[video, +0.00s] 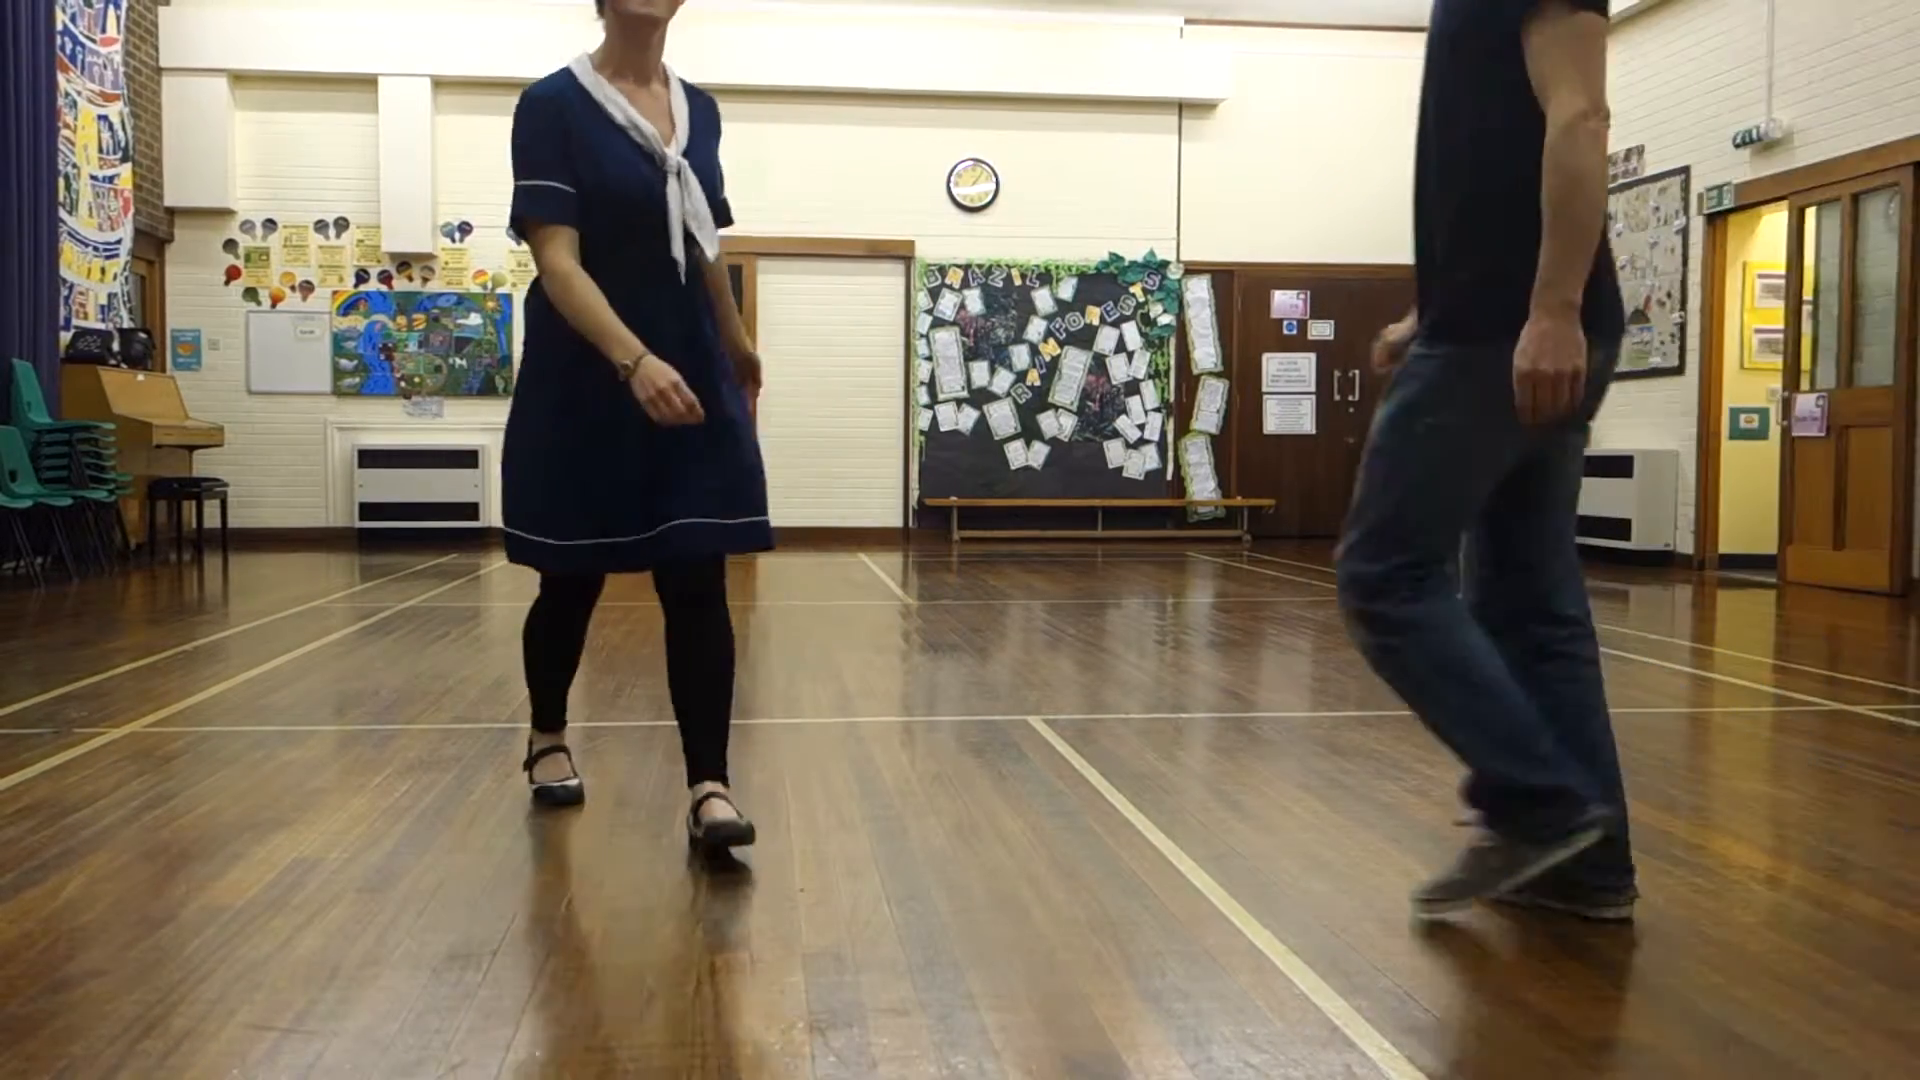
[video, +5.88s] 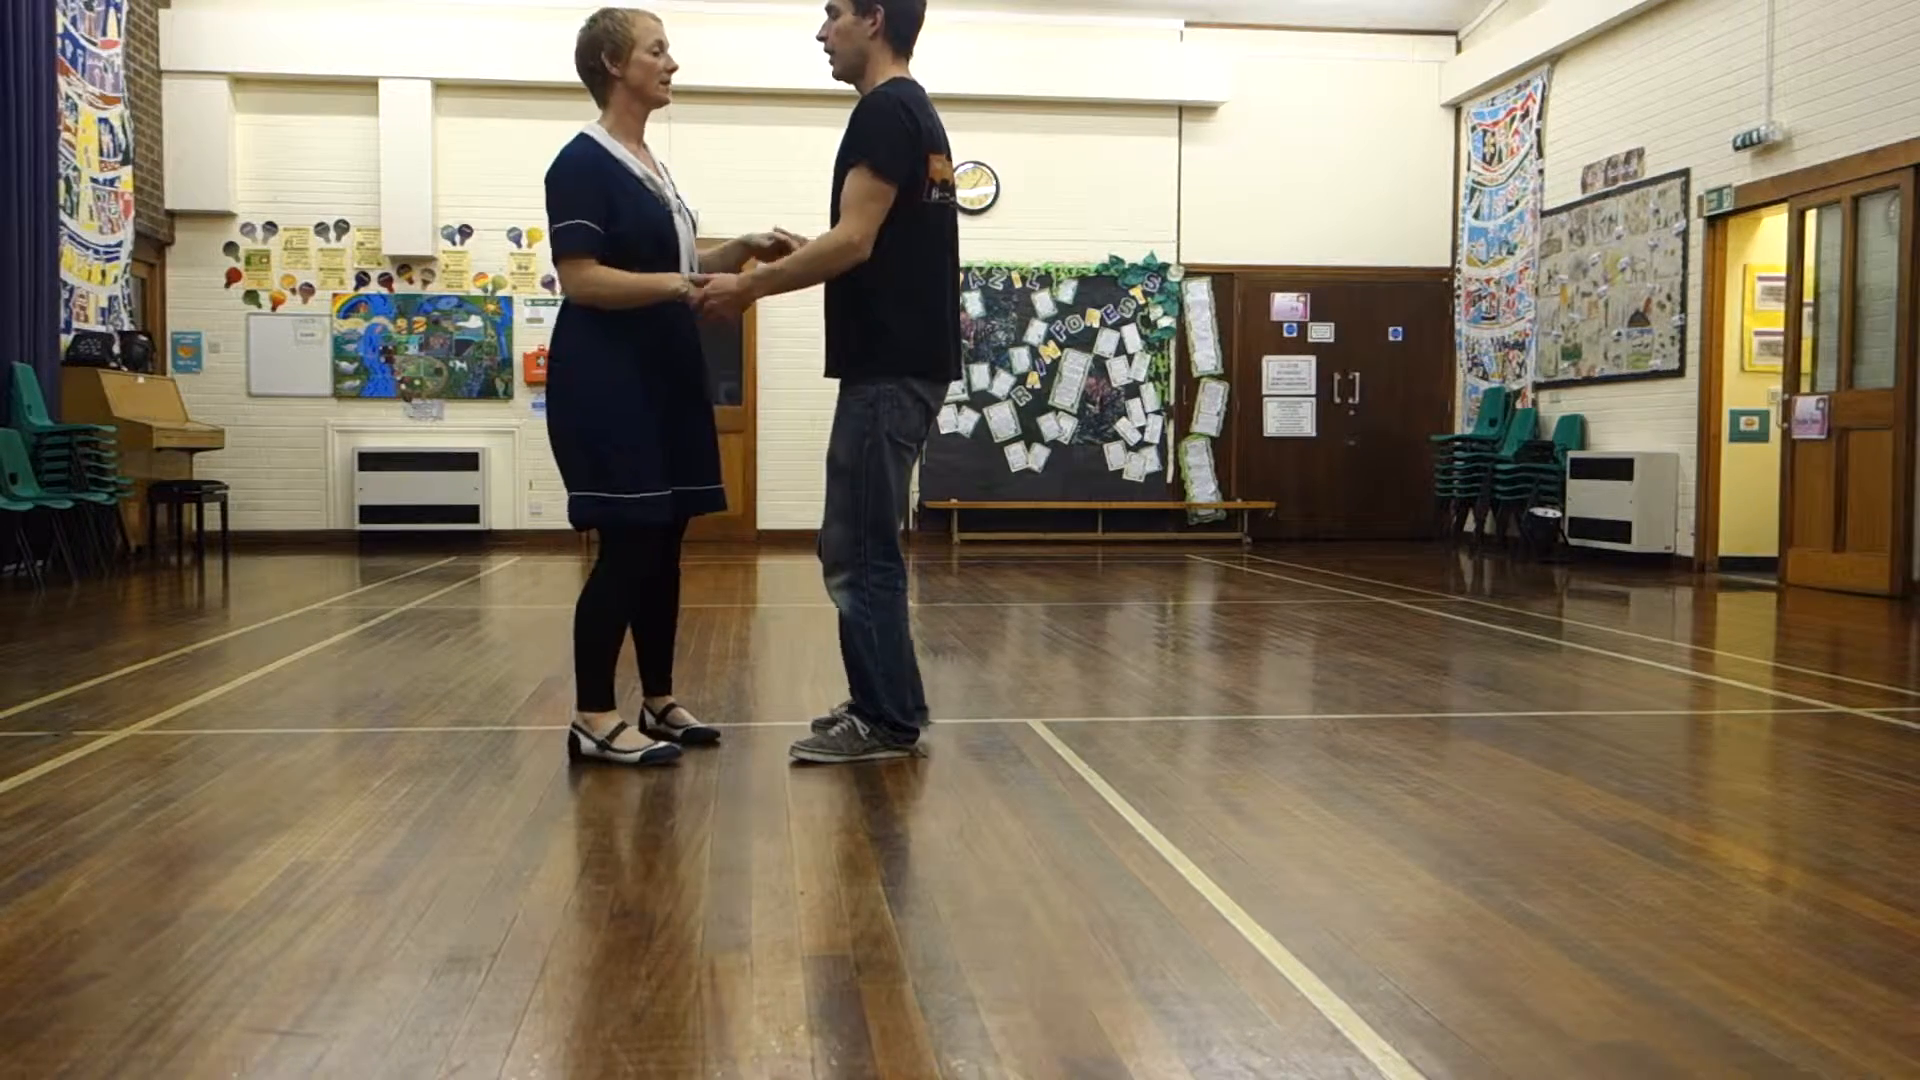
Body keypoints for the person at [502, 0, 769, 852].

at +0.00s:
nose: (642, 1)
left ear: (678, 4)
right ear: (603, 2)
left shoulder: (698, 108)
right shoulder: (553, 104)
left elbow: (701, 244)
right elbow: (557, 265)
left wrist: (735, 339)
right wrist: (635, 359)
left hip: (688, 379)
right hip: (584, 386)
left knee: (696, 584)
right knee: (572, 581)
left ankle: (710, 791)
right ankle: (548, 740)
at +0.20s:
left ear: (651, 6)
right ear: (575, 2)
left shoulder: (673, 110)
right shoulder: (526, 110)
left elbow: (680, 249)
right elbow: (513, 260)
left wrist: (705, 353)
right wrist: (523, 390)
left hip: (659, 381)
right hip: (562, 382)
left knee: (666, 566)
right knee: (561, 567)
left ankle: (673, 759)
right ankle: (551, 746)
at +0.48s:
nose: (619, 7)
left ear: (657, 19)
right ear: (577, 11)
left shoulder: (677, 131)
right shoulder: (528, 126)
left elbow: (712, 253)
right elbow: (473, 253)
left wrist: (760, 255)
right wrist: (419, 362)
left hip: (660, 370)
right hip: (563, 373)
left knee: (669, 544)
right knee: (567, 557)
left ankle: (667, 695)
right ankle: (550, 743)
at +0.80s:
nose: (660, 44)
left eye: (678, 35)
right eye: (647, 29)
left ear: (697, 56)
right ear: (624, 42)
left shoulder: (709, 157)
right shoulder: (580, 151)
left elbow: (794, 201)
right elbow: (543, 270)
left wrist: (749, 114)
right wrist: (532, 372)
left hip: (687, 385)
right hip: (600, 383)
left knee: (675, 552)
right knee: (591, 554)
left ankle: (668, 713)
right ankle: (562, 731)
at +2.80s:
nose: (665, 36)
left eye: (662, 24)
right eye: (648, 23)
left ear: (625, 41)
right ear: (603, 36)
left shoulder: (669, 152)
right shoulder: (557, 146)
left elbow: (711, 256)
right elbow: (546, 276)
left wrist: (770, 208)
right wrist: (555, 384)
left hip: (669, 378)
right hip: (593, 377)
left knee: (665, 546)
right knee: (589, 551)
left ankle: (667, 712)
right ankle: (591, 725)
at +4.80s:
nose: (639, 77)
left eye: (648, 63)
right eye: (622, 69)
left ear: (667, 73)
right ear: (600, 88)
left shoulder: (696, 175)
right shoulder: (581, 179)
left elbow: (756, 247)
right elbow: (561, 288)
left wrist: (800, 182)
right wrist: (577, 373)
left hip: (685, 387)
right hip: (607, 386)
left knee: (673, 545)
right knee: (598, 548)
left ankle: (661, 704)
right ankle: (574, 715)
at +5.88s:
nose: (672, 63)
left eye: (668, 51)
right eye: (656, 51)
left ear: (627, 70)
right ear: (612, 67)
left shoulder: (650, 164)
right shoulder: (582, 162)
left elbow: (669, 263)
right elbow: (576, 279)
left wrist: (743, 250)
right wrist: (678, 287)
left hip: (664, 392)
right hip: (607, 395)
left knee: (662, 545)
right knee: (623, 550)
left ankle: (658, 704)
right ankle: (594, 722)